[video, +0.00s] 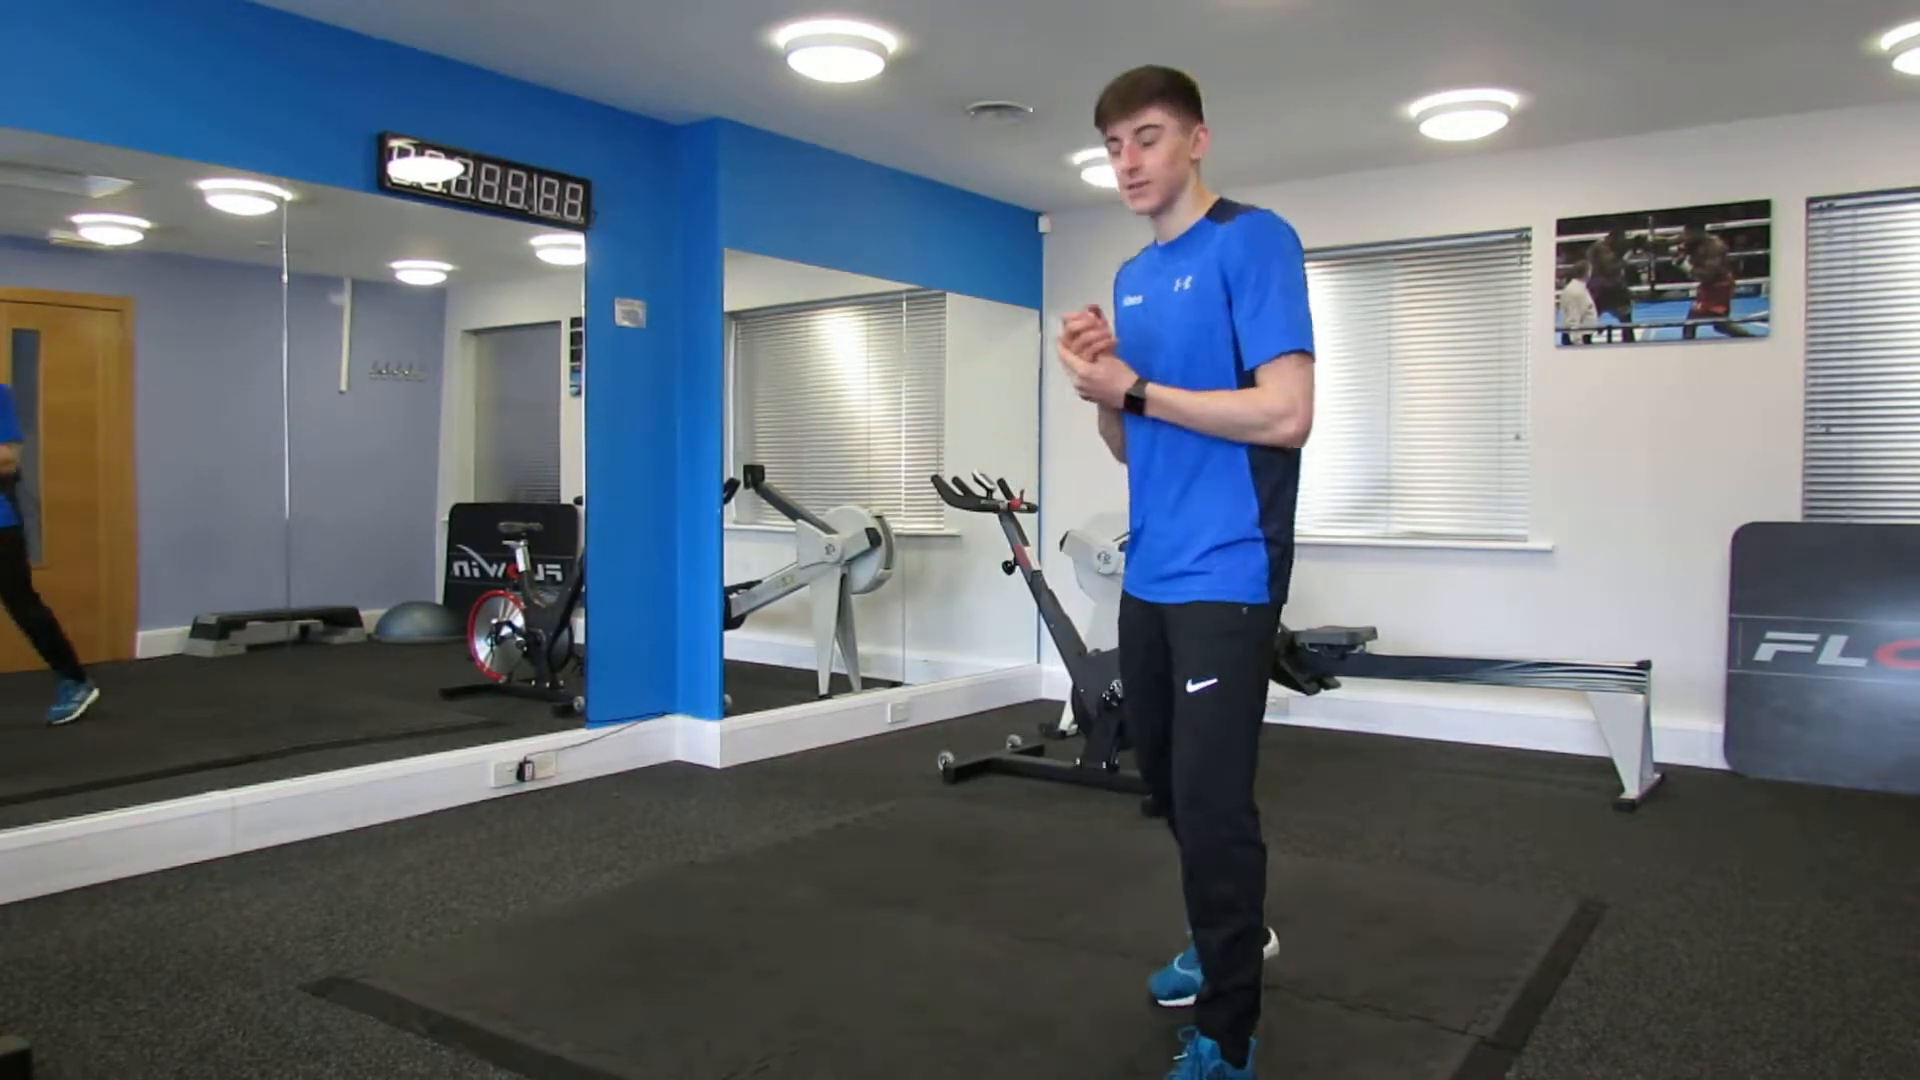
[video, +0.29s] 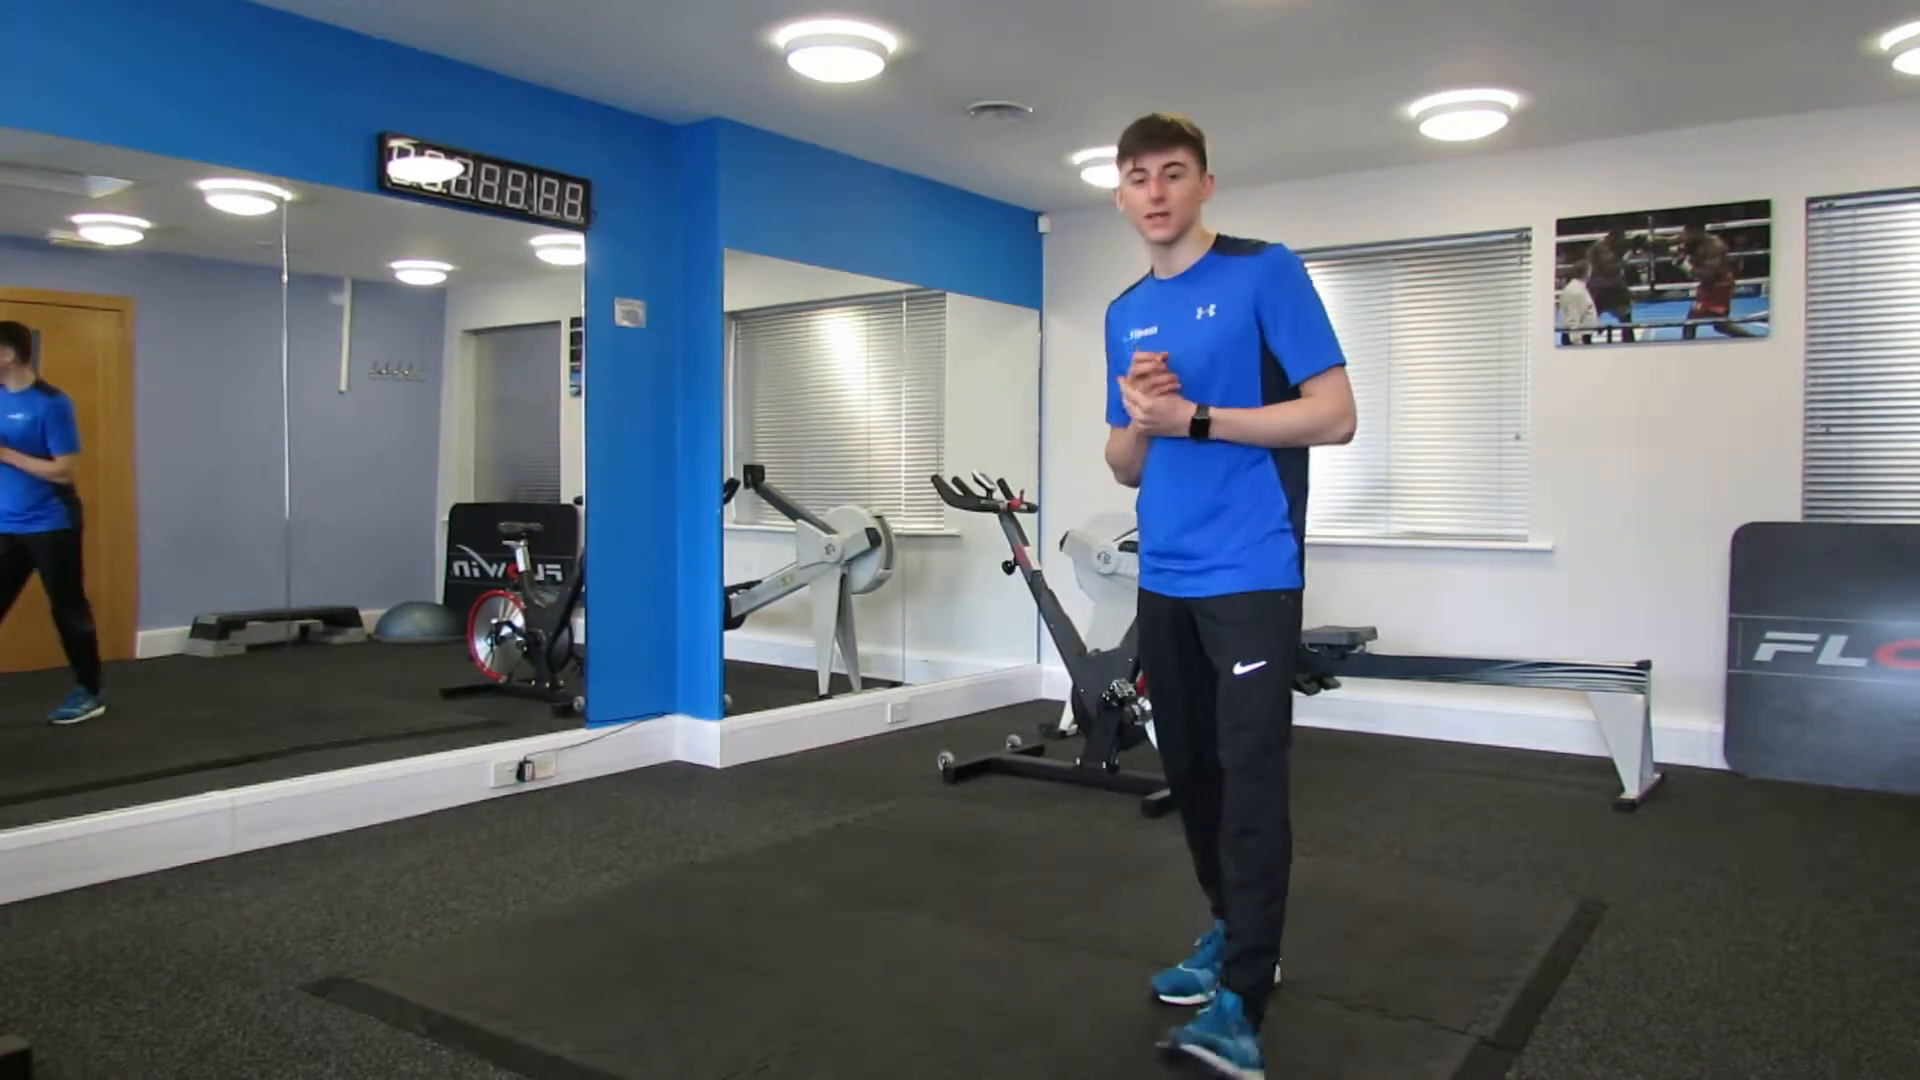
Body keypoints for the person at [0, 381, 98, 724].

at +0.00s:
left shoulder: (3, 398)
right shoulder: (5, 399)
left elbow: (9, 458)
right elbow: (11, 458)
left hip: (5, 522)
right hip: (4, 523)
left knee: (21, 602)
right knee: (21, 602)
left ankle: (76, 680)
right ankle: (74, 679)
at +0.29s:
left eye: (0, 351)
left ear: (15, 354)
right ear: (11, 356)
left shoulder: (52, 403)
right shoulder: (4, 399)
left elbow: (65, 470)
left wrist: (7, 455)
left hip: (52, 526)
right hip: (11, 528)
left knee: (68, 607)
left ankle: (90, 691)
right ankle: (87, 690)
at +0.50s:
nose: (15, 356)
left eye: (21, 348)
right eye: (16, 348)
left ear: (47, 351)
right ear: (37, 353)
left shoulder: (83, 401)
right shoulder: (36, 396)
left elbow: (100, 467)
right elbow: (46, 449)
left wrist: (40, 450)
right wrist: (23, 446)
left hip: (79, 526)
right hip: (39, 523)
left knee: (82, 605)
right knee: (19, 599)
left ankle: (91, 692)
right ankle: (48, 688)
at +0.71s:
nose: (50, 355)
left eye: (56, 347)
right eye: (51, 347)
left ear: (77, 350)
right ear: (71, 352)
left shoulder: (110, 399)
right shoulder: (68, 396)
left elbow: (117, 464)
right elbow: (73, 451)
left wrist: (62, 444)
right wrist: (47, 443)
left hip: (103, 521)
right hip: (73, 518)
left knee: (95, 602)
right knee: (84, 599)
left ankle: (93, 692)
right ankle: (152, 663)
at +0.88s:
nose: (67, 357)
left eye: (73, 349)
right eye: (68, 349)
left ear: (95, 352)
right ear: (90, 354)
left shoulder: (126, 399)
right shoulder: (87, 402)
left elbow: (142, 462)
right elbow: (100, 463)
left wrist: (85, 446)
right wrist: (71, 448)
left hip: (133, 521)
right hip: (109, 522)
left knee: (115, 606)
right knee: (138, 602)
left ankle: (94, 692)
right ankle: (178, 680)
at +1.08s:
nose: (79, 365)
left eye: (84, 356)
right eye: (79, 358)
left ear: (107, 356)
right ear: (101, 359)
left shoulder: (146, 396)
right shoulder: (105, 411)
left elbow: (180, 452)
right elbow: (125, 476)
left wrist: (116, 453)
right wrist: (97, 462)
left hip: (169, 514)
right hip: (141, 519)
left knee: (133, 588)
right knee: (154, 597)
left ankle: (130, 684)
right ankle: (181, 682)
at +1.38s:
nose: (111, 356)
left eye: (117, 348)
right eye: (112, 349)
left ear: (139, 350)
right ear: (133, 352)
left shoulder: (176, 396)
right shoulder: (129, 403)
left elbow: (201, 455)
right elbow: (144, 460)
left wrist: (137, 449)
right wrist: (116, 454)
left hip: (187, 519)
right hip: (154, 522)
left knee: (192, 603)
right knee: (165, 603)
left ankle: (202, 687)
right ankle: (178, 681)